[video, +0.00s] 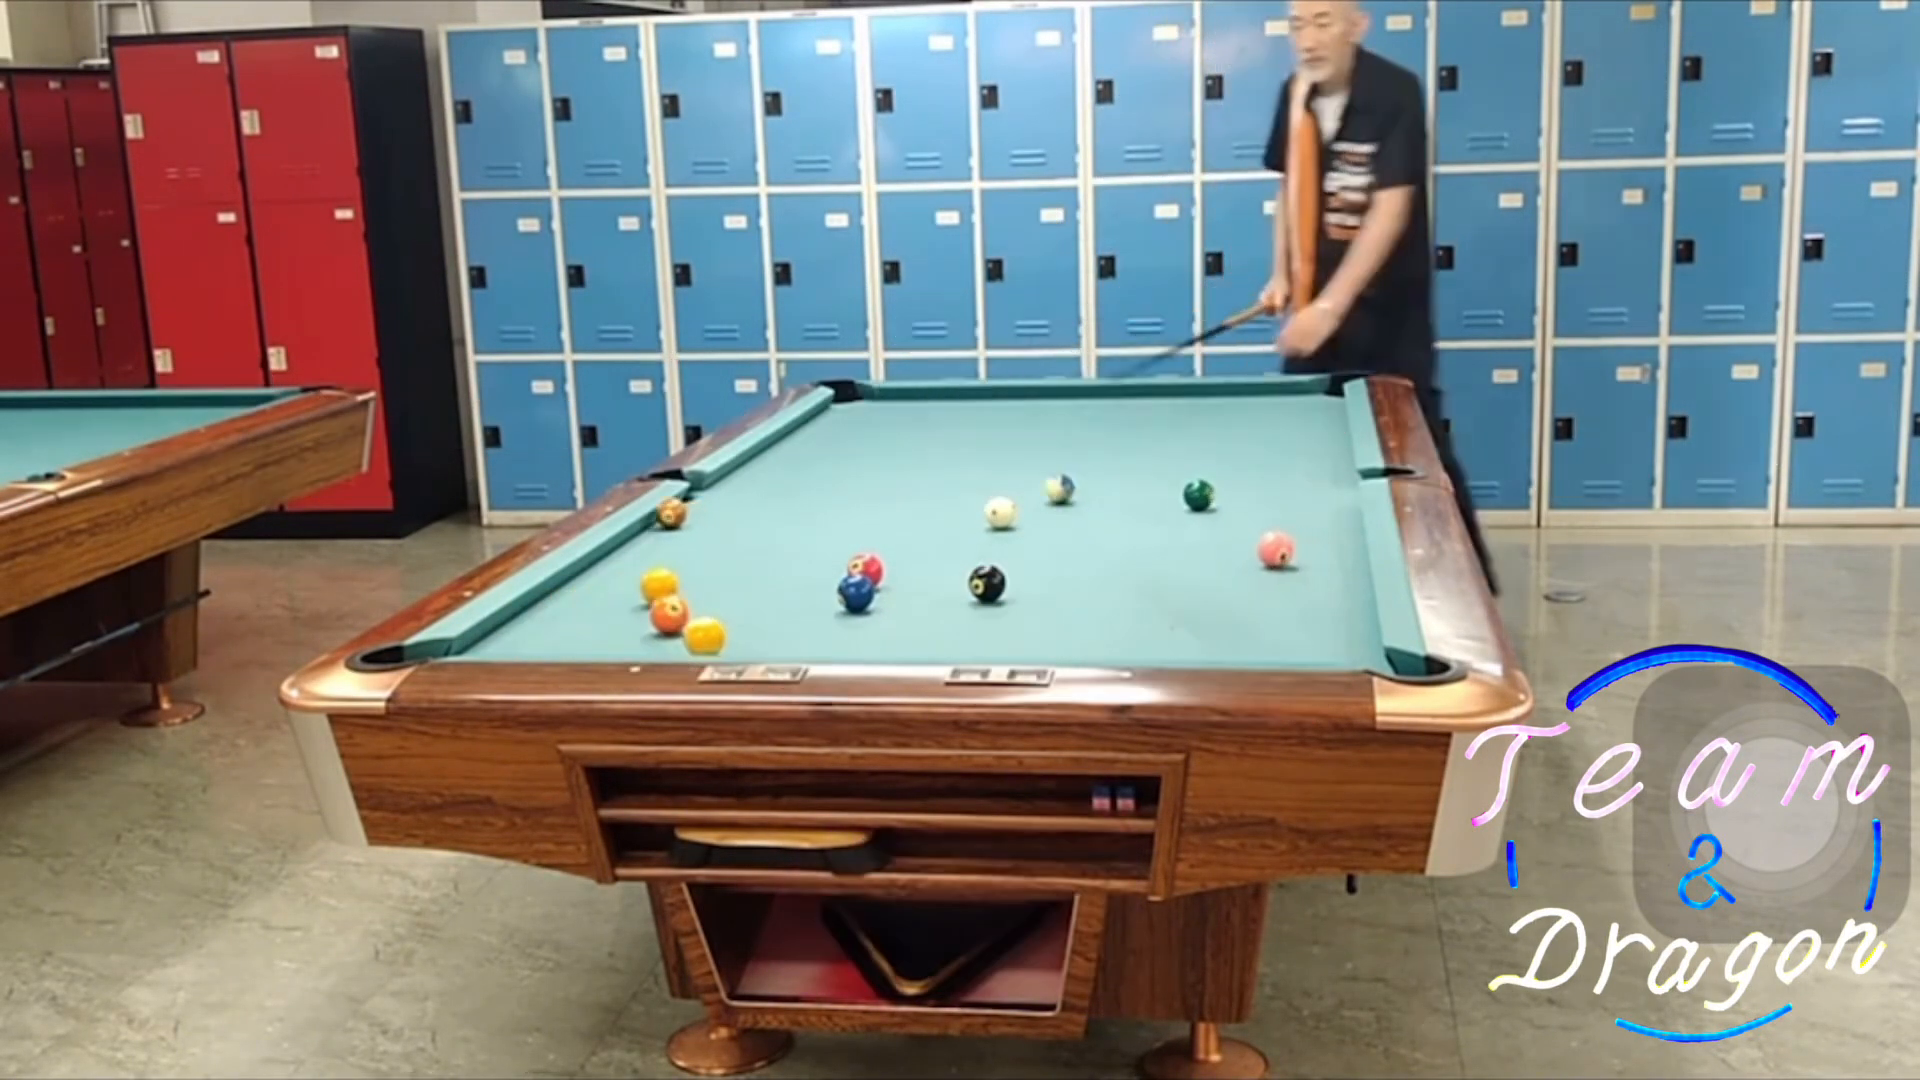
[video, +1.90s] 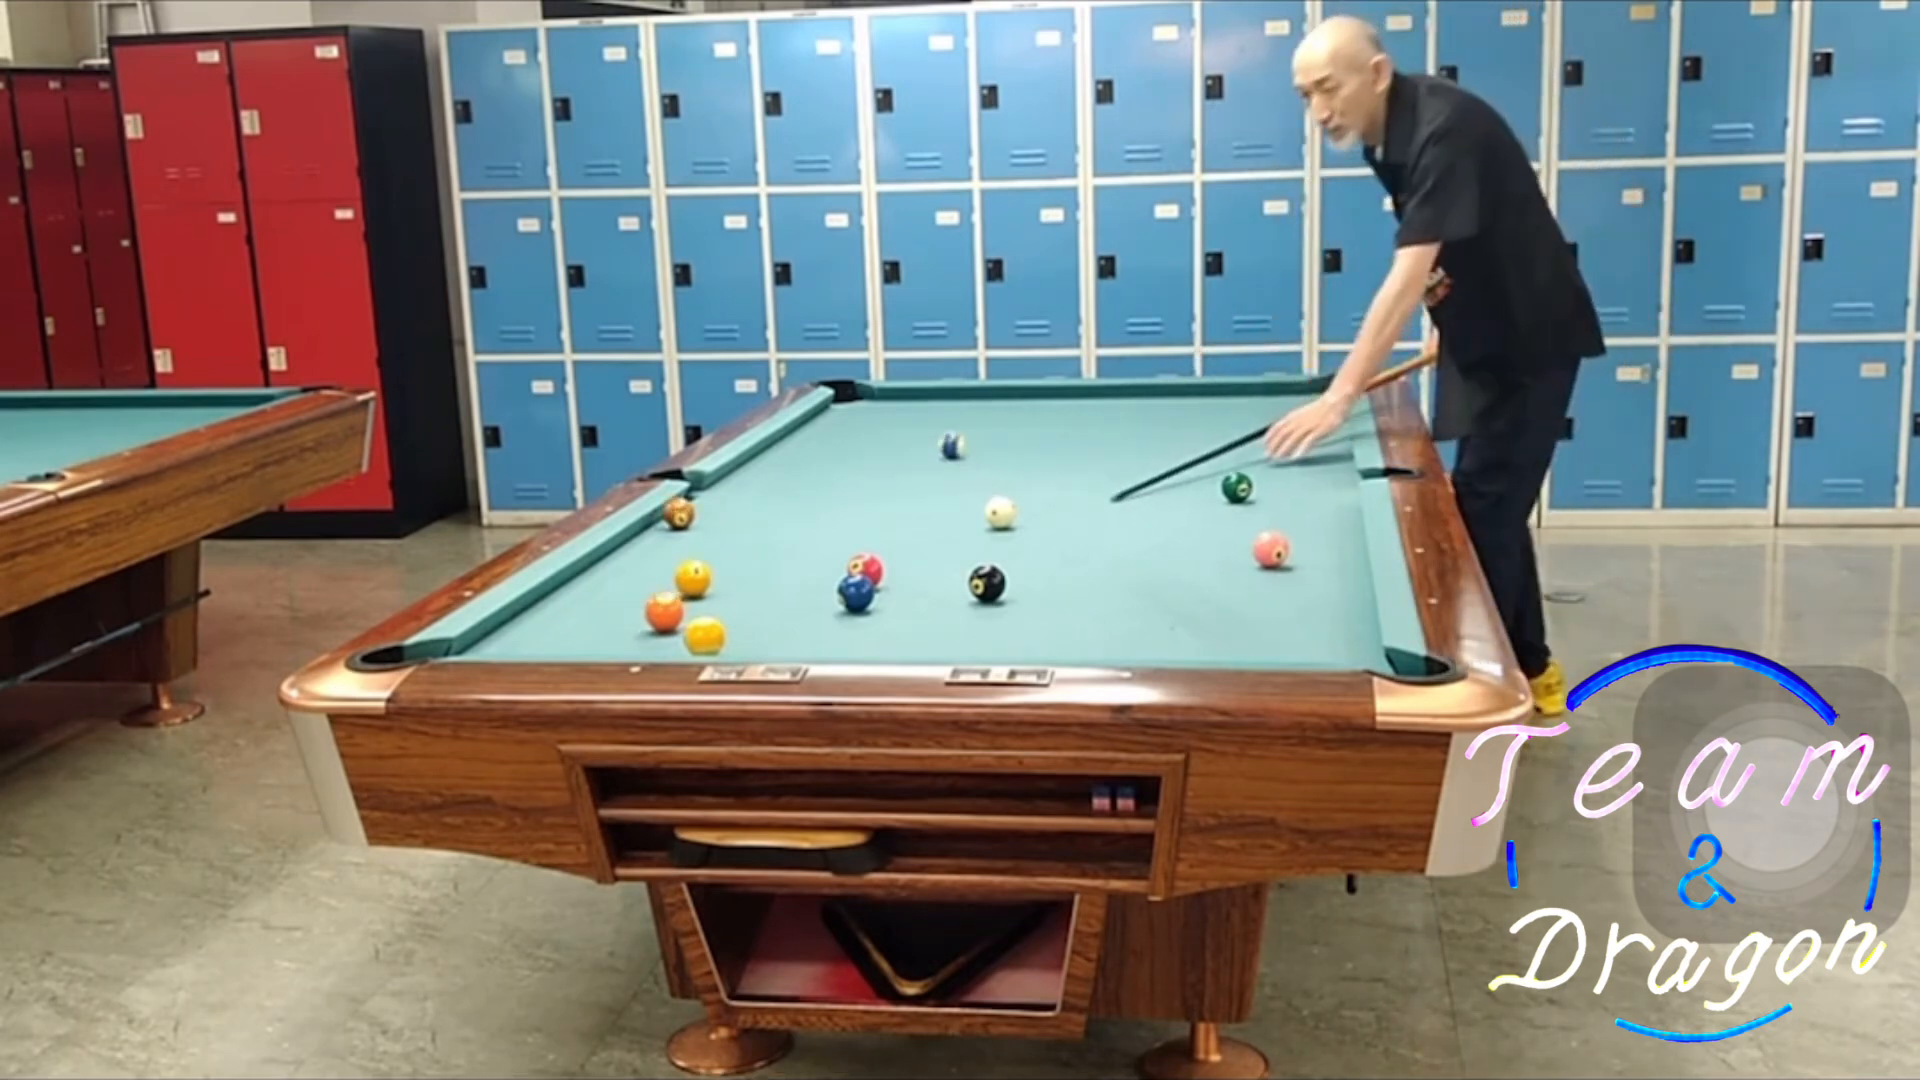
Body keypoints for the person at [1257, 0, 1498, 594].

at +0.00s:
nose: (1306, 39)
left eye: (1321, 23)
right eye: (1298, 24)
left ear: (1357, 25)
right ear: (1289, 28)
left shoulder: (1395, 90)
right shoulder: (1297, 91)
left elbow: (1391, 211)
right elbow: (1289, 188)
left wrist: (1329, 305)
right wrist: (1282, 273)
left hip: (1388, 306)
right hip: (1319, 306)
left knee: (1415, 448)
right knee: (1316, 452)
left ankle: (1467, 579)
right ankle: (1320, 577)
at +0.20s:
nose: (1377, 34)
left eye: (1392, 17)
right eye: (1366, 21)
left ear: (1430, 19)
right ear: (1356, 28)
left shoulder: (1472, 87)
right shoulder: (1347, 93)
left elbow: (1488, 209)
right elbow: (1327, 192)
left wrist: (1442, 305)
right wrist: (1318, 281)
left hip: (1455, 309)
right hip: (1374, 310)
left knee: (1472, 461)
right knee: (1359, 458)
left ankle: (1491, 609)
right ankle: (1366, 607)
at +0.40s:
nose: (1423, 25)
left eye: (1439, 10)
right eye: (1413, 11)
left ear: (1475, 13)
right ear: (1401, 19)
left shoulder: (1521, 81)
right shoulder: (1386, 88)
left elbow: (1554, 194)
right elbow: (1362, 190)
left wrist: (1557, 305)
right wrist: (1349, 283)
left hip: (1497, 311)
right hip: (1408, 307)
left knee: (1499, 469)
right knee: (1377, 451)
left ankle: (1495, 614)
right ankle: (1381, 604)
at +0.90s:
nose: (1473, 26)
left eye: (1490, 9)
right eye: (1461, 11)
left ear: (1526, 13)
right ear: (1447, 17)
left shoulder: (1573, 86)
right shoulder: (1423, 96)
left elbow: (1617, 199)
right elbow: (1383, 204)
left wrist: (1639, 310)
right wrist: (1371, 302)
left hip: (1542, 343)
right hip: (1454, 342)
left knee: (1522, 498)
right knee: (1479, 498)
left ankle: (1502, 634)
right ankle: (1490, 650)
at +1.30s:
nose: (1429, 25)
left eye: (1446, 9)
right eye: (1418, 12)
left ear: (1489, 10)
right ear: (1411, 18)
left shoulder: (1551, 81)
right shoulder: (1407, 93)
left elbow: (1575, 213)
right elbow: (1392, 197)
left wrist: (1526, 322)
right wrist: (1379, 279)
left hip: (1532, 331)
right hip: (1444, 333)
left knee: (1513, 494)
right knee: (1466, 508)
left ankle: (1556, 667)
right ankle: (1501, 668)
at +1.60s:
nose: (1374, 61)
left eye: (1388, 41)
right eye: (1364, 48)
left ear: (1439, 32)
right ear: (1361, 56)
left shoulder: (1501, 102)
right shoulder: (1412, 114)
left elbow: (1508, 247)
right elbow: (1435, 247)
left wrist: (1414, 355)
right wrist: (1413, 343)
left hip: (1514, 334)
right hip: (1457, 331)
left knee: (1480, 502)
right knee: (1449, 497)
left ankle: (1506, 655)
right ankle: (1473, 648)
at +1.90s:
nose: (1318, 114)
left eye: (1327, 91)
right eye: (1309, 98)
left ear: (1378, 72)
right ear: (1362, 81)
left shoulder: (1443, 129)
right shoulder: (1390, 129)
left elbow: (1410, 280)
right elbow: (1433, 224)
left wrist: (1336, 398)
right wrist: (1434, 297)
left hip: (1535, 336)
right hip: (1486, 333)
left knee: (1486, 505)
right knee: (1485, 503)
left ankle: (1526, 670)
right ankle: (1519, 662)